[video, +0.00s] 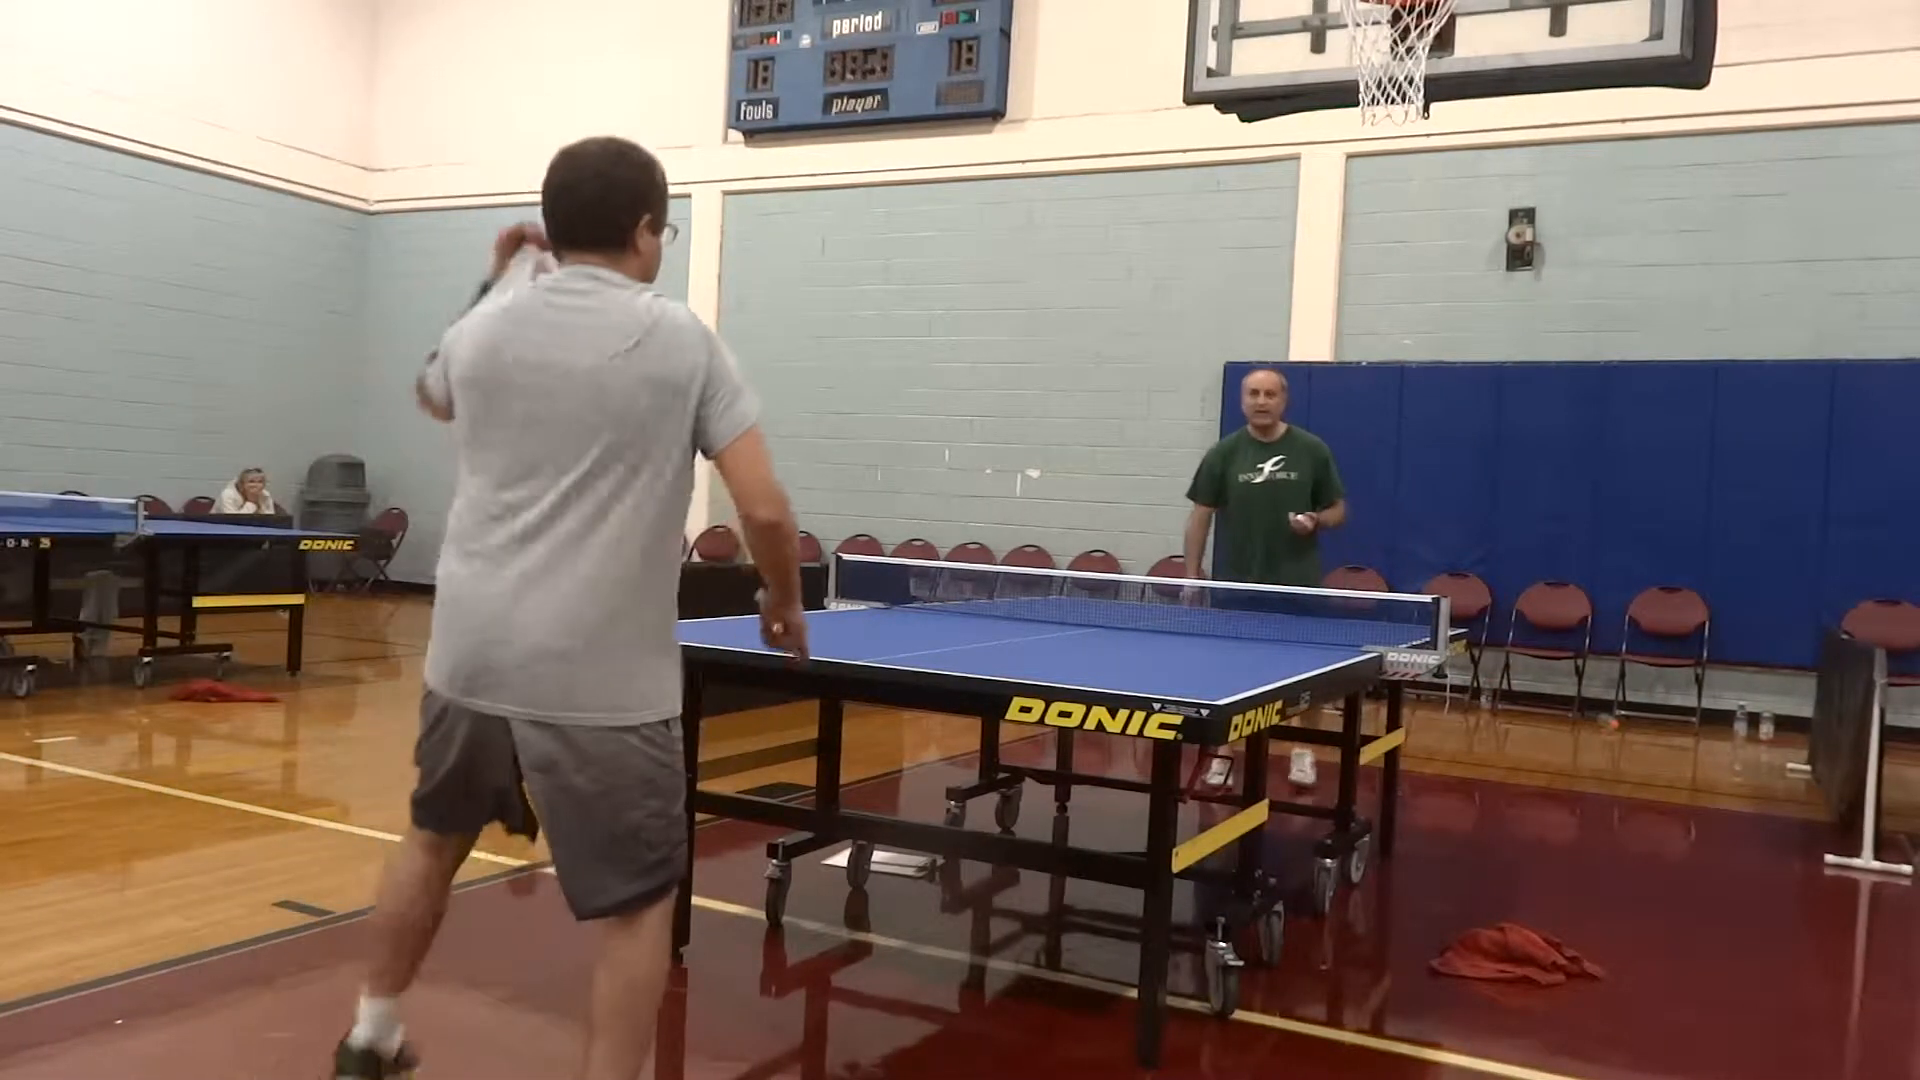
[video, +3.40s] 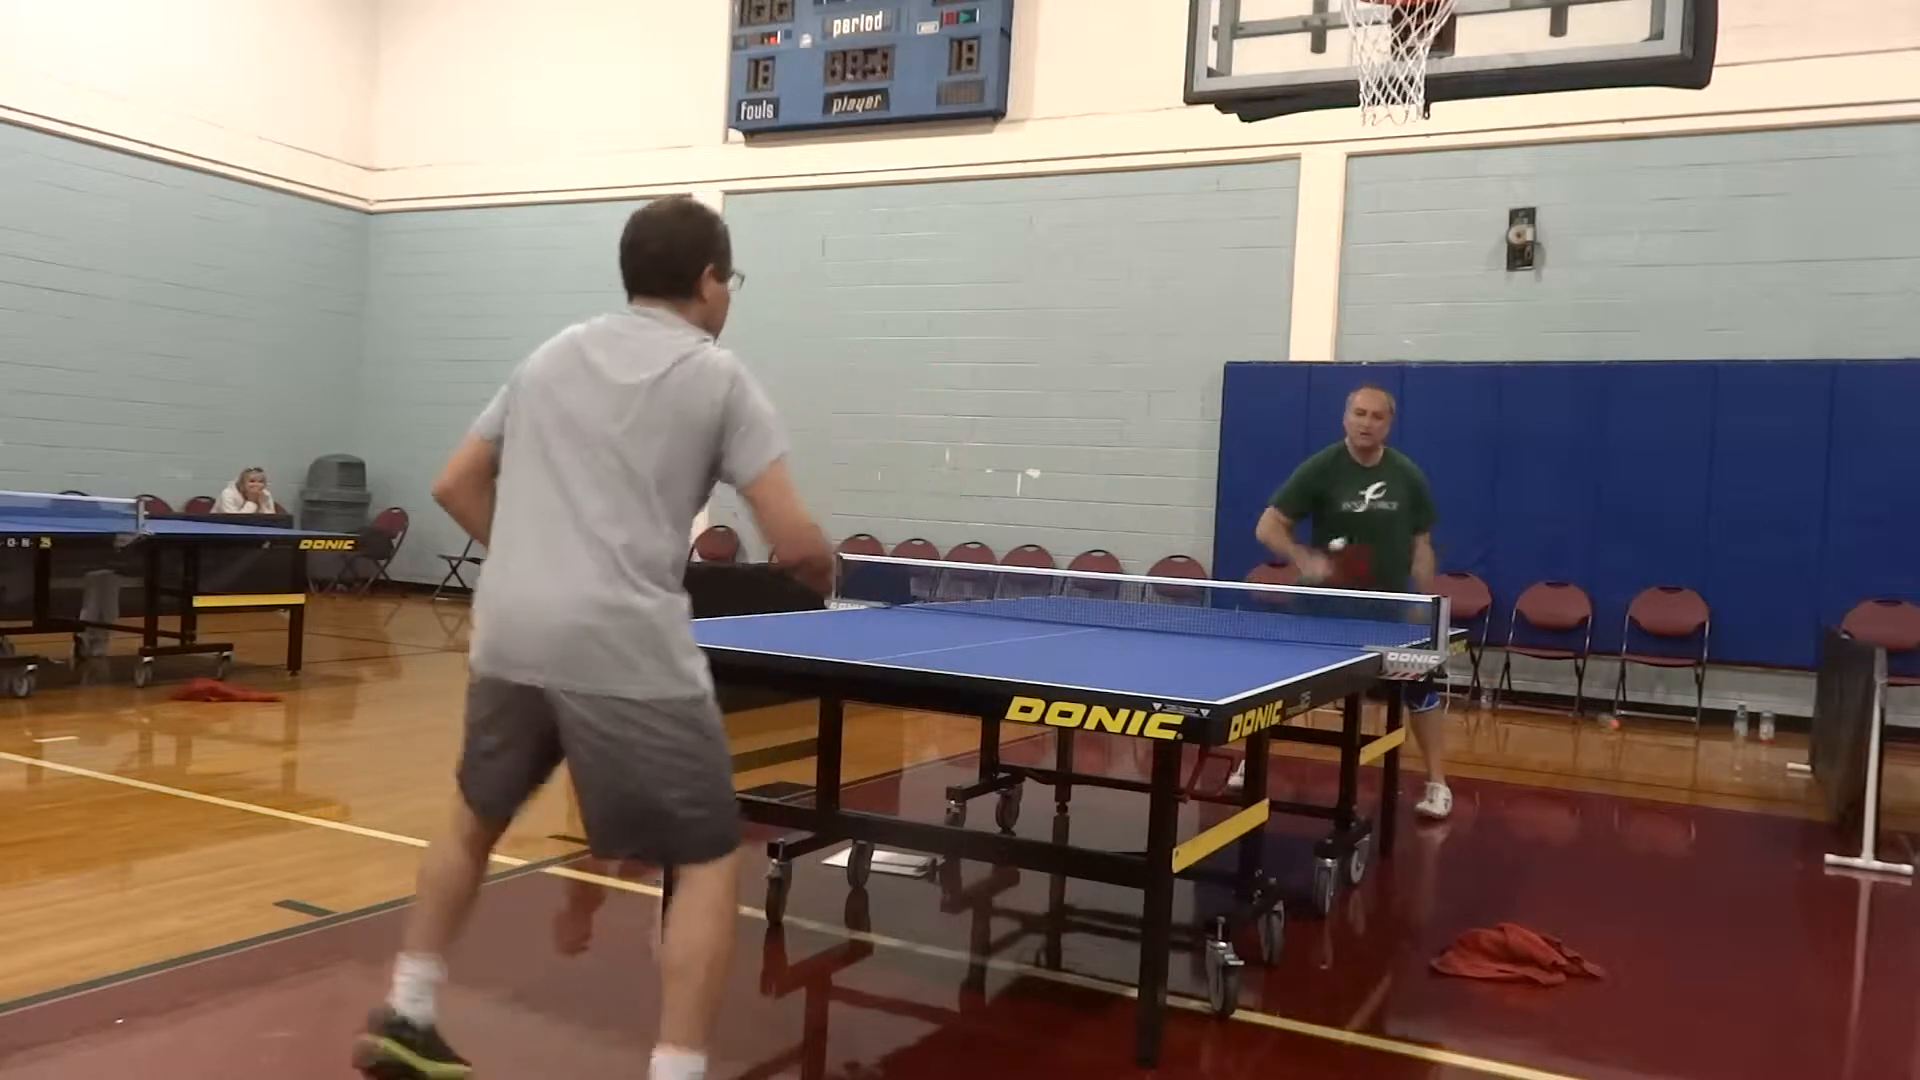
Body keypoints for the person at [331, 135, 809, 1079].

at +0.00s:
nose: (664, 237)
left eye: (661, 223)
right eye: (663, 223)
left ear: (548, 230)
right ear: (645, 230)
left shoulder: (490, 323)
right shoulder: (683, 340)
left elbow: (436, 395)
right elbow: (765, 512)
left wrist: (498, 283)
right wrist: (783, 603)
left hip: (466, 659)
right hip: (605, 684)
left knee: (433, 836)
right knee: (632, 907)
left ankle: (371, 1035)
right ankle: (614, 1074)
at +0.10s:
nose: (655, 260)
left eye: (656, 246)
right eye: (653, 246)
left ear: (541, 248)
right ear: (634, 250)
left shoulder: (478, 350)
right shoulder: (667, 357)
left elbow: (498, 485)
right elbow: (745, 522)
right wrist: (781, 594)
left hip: (469, 665)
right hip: (598, 688)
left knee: (442, 831)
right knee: (644, 901)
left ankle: (395, 1007)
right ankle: (616, 1072)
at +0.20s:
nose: (641, 281)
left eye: (640, 267)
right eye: (639, 267)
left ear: (537, 269)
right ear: (619, 271)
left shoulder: (471, 365)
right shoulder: (638, 373)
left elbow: (500, 510)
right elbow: (703, 534)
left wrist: (639, 540)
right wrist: (765, 599)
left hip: (464, 669)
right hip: (582, 688)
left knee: (459, 835)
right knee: (646, 893)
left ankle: (407, 1018)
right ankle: (612, 1073)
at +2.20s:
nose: (712, 353)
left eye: (711, 338)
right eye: (710, 337)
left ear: (615, 332)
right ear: (687, 338)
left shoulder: (538, 394)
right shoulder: (675, 418)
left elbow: (520, 537)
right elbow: (698, 582)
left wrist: (607, 622)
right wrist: (749, 638)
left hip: (463, 652)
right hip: (563, 671)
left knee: (474, 830)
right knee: (633, 884)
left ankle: (406, 1027)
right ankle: (637, 1073)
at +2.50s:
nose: (727, 349)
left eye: (729, 335)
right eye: (726, 334)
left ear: (632, 326)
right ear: (699, 329)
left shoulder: (553, 395)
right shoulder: (703, 400)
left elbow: (496, 536)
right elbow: (814, 514)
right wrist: (777, 573)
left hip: (506, 659)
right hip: (617, 668)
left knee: (496, 833)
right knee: (733, 862)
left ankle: (408, 1026)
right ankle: (730, 1070)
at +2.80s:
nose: (777, 300)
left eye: (776, 289)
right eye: (776, 288)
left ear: (676, 289)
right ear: (759, 286)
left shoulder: (612, 372)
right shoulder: (796, 360)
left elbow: (528, 526)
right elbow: (935, 435)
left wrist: (592, 589)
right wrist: (930, 509)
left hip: (613, 663)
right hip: (748, 675)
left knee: (561, 836)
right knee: (785, 882)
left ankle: (491, 1017)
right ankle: (758, 1074)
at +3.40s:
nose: (731, 295)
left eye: (732, 280)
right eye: (729, 279)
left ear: (629, 278)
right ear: (707, 280)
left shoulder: (552, 355)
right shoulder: (717, 376)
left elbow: (456, 484)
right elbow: (802, 549)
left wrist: (531, 554)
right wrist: (816, 577)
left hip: (507, 640)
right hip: (628, 651)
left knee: (472, 820)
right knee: (707, 856)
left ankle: (406, 1013)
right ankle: (678, 1070)